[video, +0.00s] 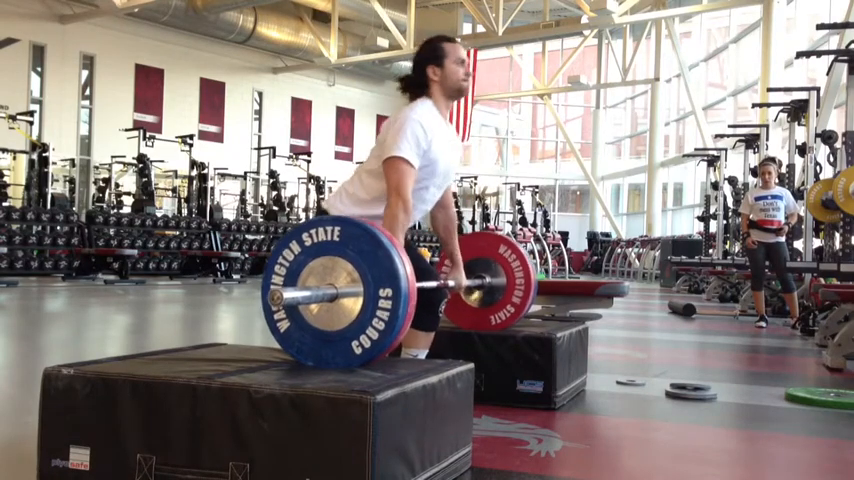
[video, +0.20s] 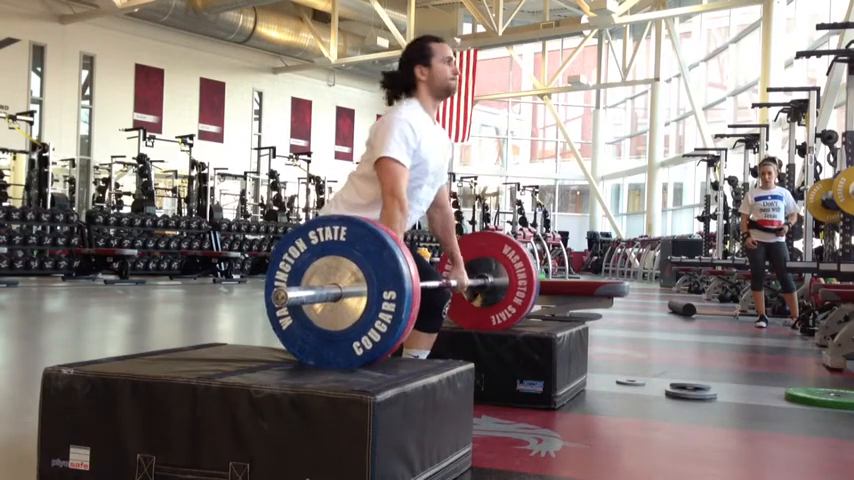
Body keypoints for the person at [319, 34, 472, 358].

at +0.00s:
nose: (468, 70)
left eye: (468, 64)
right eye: (460, 63)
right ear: (434, 72)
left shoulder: (447, 135)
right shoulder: (413, 119)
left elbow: (442, 205)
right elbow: (398, 199)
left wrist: (455, 262)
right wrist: (389, 269)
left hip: (385, 229)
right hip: (348, 224)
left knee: (430, 290)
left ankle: (408, 383)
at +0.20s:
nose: (456, 69)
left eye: (455, 62)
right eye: (447, 62)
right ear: (421, 71)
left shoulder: (439, 138)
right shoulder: (399, 120)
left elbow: (440, 207)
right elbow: (394, 200)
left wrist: (456, 260)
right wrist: (391, 269)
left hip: (383, 237)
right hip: (344, 233)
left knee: (435, 289)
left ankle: (409, 383)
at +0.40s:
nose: (469, 64)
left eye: (466, 58)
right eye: (459, 58)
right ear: (435, 72)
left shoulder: (451, 134)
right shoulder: (418, 118)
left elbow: (445, 204)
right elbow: (403, 201)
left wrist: (456, 262)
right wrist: (390, 269)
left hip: (382, 226)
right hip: (345, 220)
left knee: (430, 287)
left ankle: (408, 384)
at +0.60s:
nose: (475, 65)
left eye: (472, 59)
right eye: (466, 59)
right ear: (442, 72)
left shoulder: (452, 130)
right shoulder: (425, 117)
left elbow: (446, 203)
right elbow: (405, 198)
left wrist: (455, 263)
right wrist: (391, 265)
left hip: (381, 224)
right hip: (346, 217)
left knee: (429, 288)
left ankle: (407, 382)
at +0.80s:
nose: (475, 66)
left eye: (473, 60)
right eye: (466, 60)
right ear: (442, 73)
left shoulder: (453, 132)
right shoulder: (426, 119)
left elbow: (447, 206)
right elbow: (404, 197)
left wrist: (457, 264)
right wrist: (393, 265)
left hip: (382, 225)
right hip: (345, 218)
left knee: (430, 287)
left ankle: (406, 384)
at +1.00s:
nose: (468, 51)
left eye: (464, 45)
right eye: (458, 46)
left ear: (443, 63)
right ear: (436, 62)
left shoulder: (454, 120)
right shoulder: (424, 106)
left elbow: (447, 194)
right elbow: (407, 190)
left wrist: (456, 255)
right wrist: (396, 259)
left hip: (389, 219)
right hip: (353, 214)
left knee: (433, 285)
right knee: (391, 295)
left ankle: (409, 383)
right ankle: (371, 386)